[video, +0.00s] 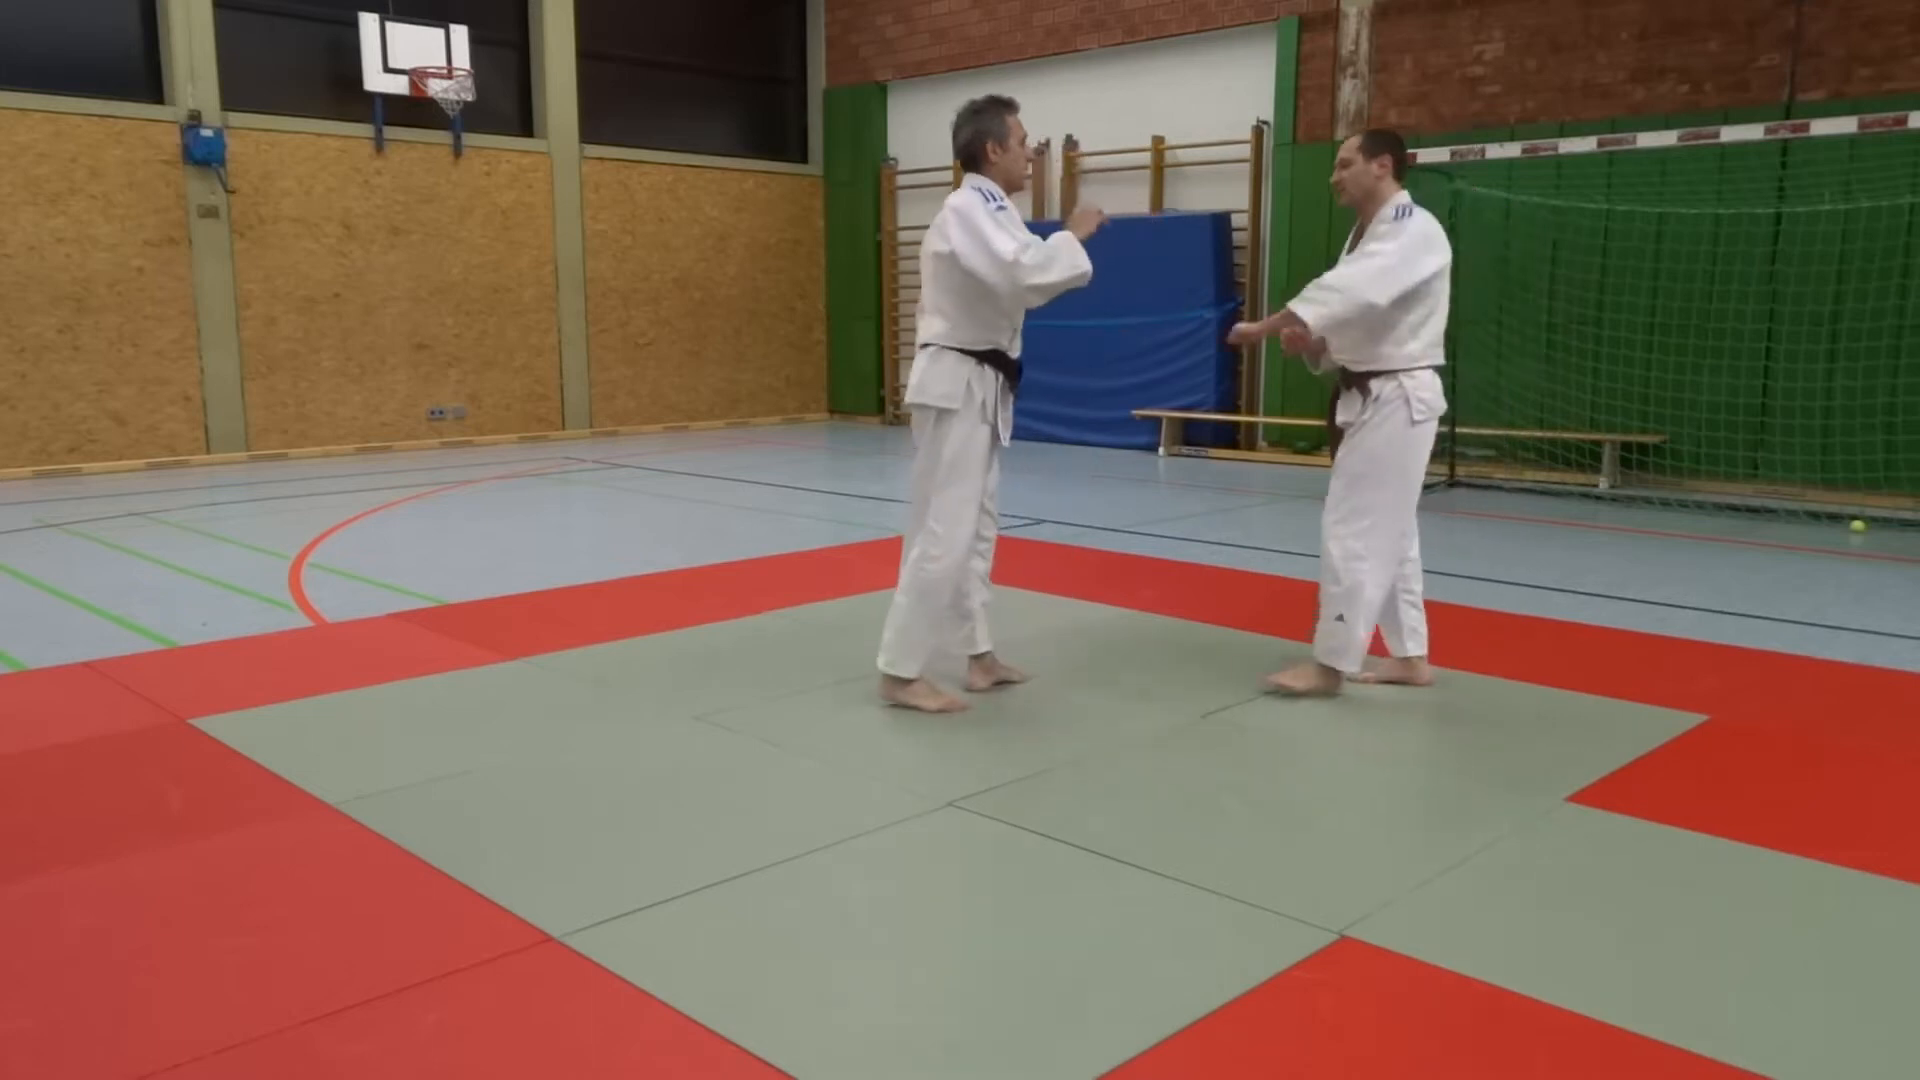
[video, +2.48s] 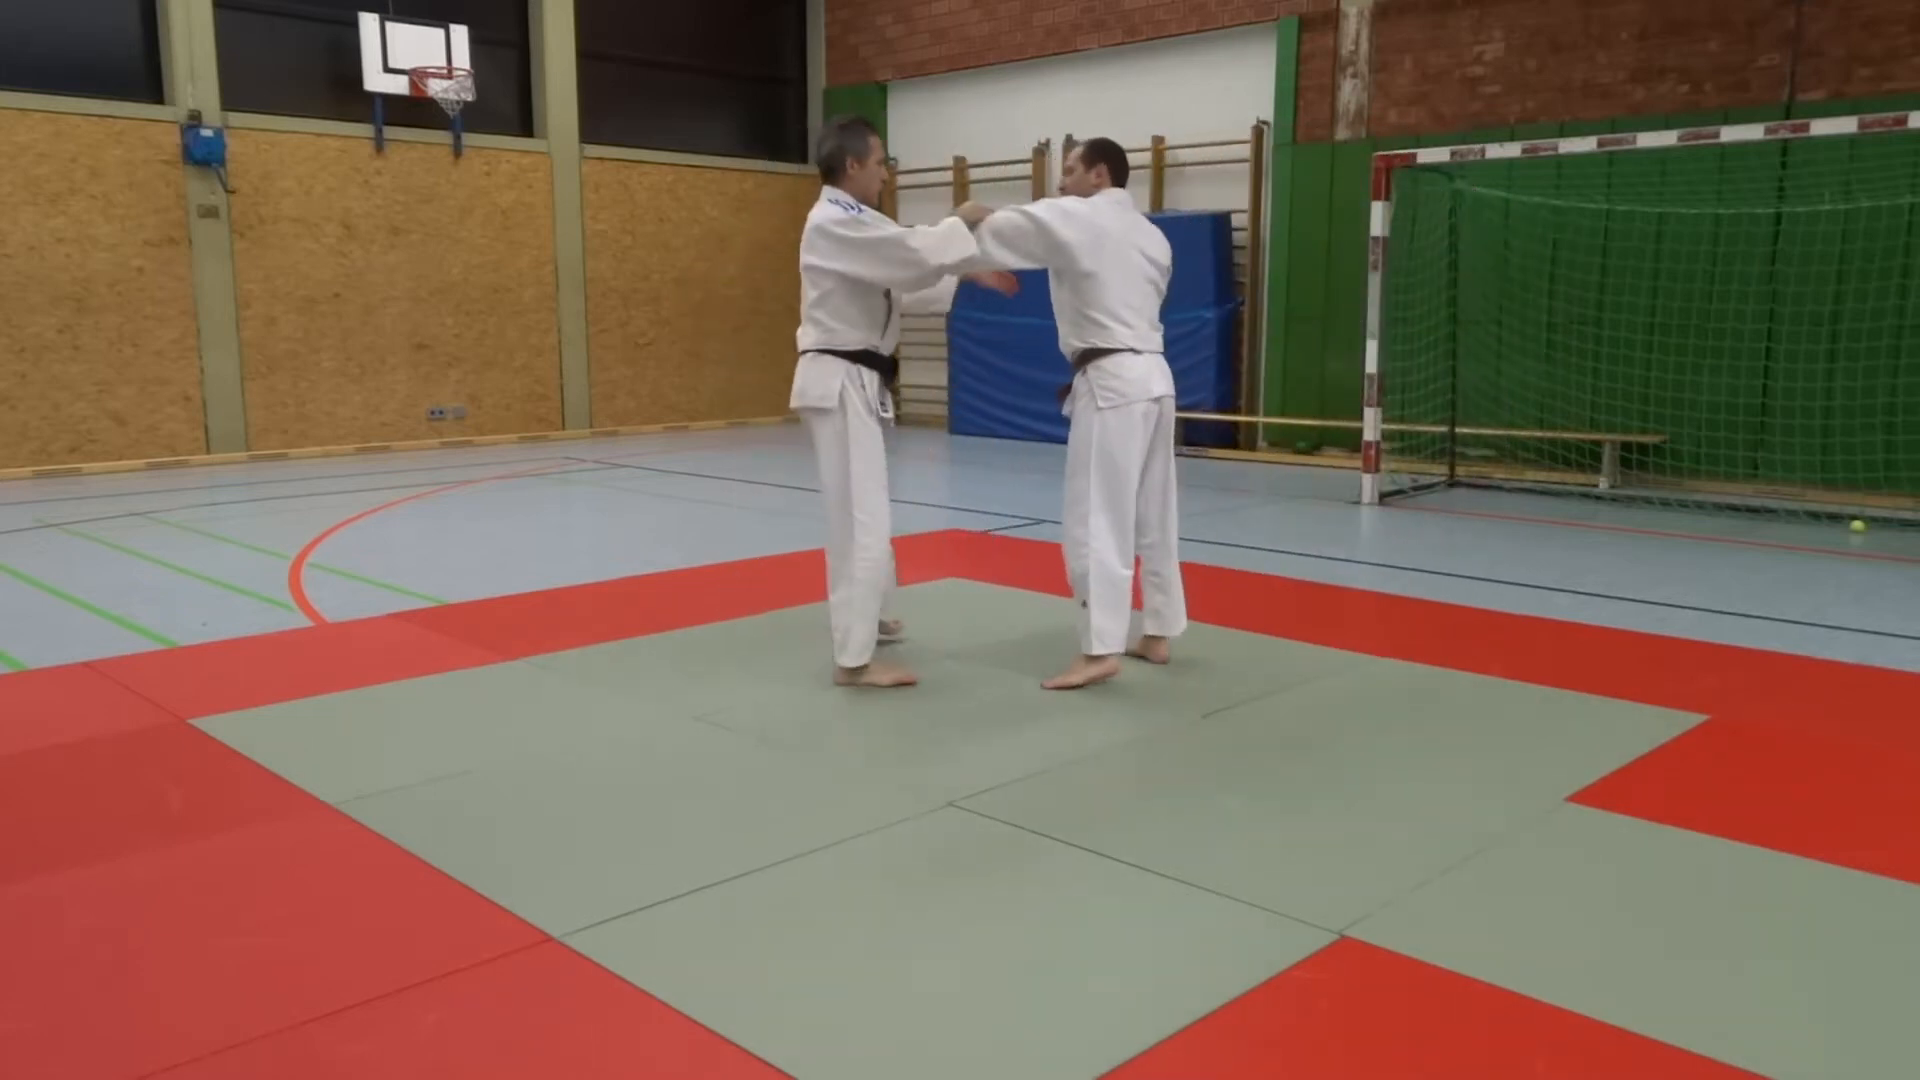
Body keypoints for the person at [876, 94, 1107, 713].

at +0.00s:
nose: (1031, 152)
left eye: (1028, 142)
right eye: (1022, 142)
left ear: (990, 152)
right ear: (989, 151)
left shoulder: (996, 213)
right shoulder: (967, 208)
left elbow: (1029, 280)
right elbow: (1016, 272)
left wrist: (1066, 245)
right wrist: (1073, 238)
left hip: (985, 383)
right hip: (954, 381)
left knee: (976, 527)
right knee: (943, 530)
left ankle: (976, 655)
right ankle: (900, 674)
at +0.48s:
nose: (966, 158)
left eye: (963, 147)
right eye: (958, 148)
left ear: (923, 157)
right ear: (931, 156)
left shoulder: (917, 215)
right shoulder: (903, 215)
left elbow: (948, 280)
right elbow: (931, 304)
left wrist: (1023, 273)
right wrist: (996, 339)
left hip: (871, 382)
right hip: (879, 386)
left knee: (864, 520)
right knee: (894, 528)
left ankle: (837, 647)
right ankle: (892, 678)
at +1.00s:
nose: (874, 166)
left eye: (872, 155)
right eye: (866, 155)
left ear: (829, 161)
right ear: (837, 158)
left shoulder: (826, 216)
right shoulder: (826, 210)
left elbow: (857, 316)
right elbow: (839, 277)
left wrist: (937, 332)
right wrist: (914, 259)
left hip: (795, 376)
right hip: (823, 378)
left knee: (797, 516)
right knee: (847, 523)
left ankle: (792, 648)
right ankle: (860, 671)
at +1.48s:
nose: (859, 169)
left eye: (857, 158)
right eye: (851, 158)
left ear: (818, 164)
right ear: (821, 163)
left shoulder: (825, 224)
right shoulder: (801, 223)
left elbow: (866, 290)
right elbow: (800, 293)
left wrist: (939, 294)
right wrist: (881, 286)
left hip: (807, 387)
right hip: (794, 389)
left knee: (790, 520)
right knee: (815, 532)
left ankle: (742, 631)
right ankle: (820, 679)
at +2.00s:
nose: (830, 179)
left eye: (828, 169)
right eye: (818, 169)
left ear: (802, 178)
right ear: (783, 178)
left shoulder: (828, 252)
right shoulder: (759, 233)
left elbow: (861, 322)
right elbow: (723, 302)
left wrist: (928, 361)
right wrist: (787, 293)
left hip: (807, 397)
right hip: (775, 393)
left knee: (758, 520)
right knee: (841, 515)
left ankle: (710, 639)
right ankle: (858, 659)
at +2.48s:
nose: (886, 173)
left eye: (884, 163)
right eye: (879, 163)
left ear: (849, 167)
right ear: (851, 166)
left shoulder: (850, 220)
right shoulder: (832, 219)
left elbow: (903, 284)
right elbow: (907, 250)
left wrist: (966, 272)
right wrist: (961, 221)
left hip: (854, 377)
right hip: (838, 380)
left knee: (861, 508)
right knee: (862, 514)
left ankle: (867, 615)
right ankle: (854, 658)